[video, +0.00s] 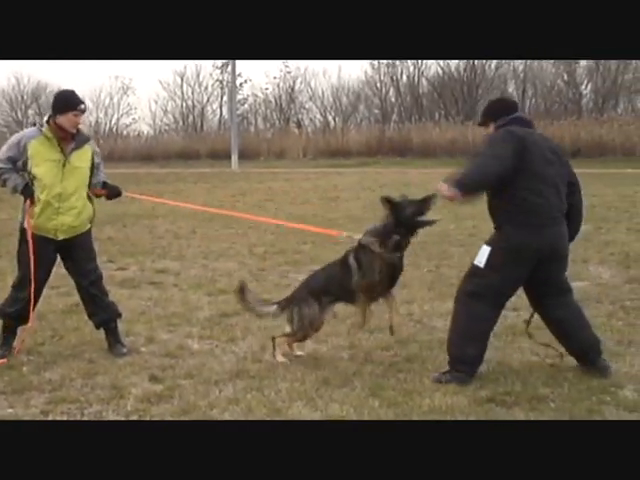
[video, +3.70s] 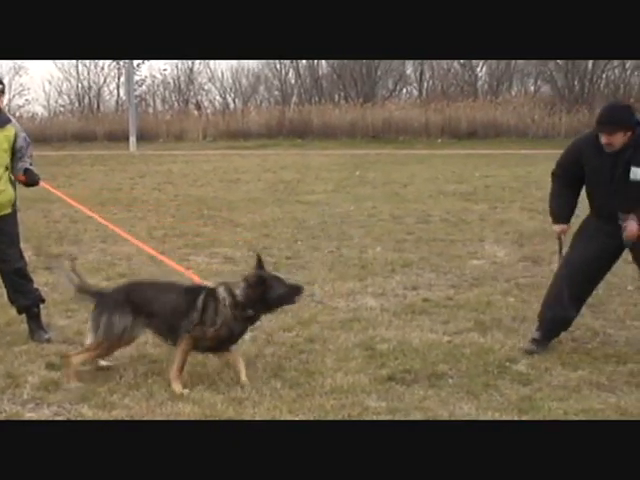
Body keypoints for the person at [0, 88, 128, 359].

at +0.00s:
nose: (79, 119)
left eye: (81, 114)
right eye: (74, 114)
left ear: (80, 116)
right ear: (57, 115)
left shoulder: (87, 145)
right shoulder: (28, 140)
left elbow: (96, 176)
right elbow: (4, 166)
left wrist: (101, 188)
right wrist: (21, 185)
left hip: (77, 229)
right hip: (38, 230)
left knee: (91, 283)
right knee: (28, 286)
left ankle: (113, 335)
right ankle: (7, 335)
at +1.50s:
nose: (68, 104)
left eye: (71, 100)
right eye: (63, 99)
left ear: (72, 102)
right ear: (47, 100)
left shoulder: (83, 134)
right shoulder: (20, 130)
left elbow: (99, 166)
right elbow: (3, 158)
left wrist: (113, 176)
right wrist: (18, 176)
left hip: (79, 215)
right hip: (39, 217)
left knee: (92, 269)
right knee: (41, 273)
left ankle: (111, 326)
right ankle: (46, 319)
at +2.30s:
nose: (79, 96)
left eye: (80, 91)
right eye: (75, 91)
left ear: (75, 93)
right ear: (58, 92)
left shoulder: (83, 124)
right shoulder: (25, 116)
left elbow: (91, 159)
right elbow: (2, 143)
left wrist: (109, 165)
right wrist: (19, 163)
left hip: (76, 205)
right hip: (37, 205)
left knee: (91, 259)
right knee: (26, 265)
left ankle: (112, 310)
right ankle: (9, 314)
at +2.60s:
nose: (45, 98)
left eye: (46, 93)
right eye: (40, 93)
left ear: (42, 94)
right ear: (22, 94)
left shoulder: (47, 126)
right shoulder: (3, 123)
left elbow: (52, 162)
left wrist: (69, 168)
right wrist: (2, 178)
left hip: (40, 207)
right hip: (7, 210)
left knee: (56, 260)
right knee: (0, 264)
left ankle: (79, 311)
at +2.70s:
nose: (37, 98)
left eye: (38, 93)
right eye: (32, 93)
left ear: (36, 95)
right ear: (14, 94)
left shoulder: (38, 125)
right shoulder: (3, 121)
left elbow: (43, 161)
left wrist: (58, 168)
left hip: (33, 207)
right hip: (5, 210)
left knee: (48, 260)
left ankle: (72, 311)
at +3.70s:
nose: (2, 102)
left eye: (2, 96)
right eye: (2, 97)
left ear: (4, 98)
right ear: (3, 99)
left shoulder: (11, 130)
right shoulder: (11, 131)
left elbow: (21, 157)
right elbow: (21, 157)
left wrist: (25, 172)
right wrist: (24, 171)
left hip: (6, 207)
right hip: (5, 208)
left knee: (13, 263)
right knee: (11, 263)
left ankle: (34, 319)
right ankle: (33, 318)